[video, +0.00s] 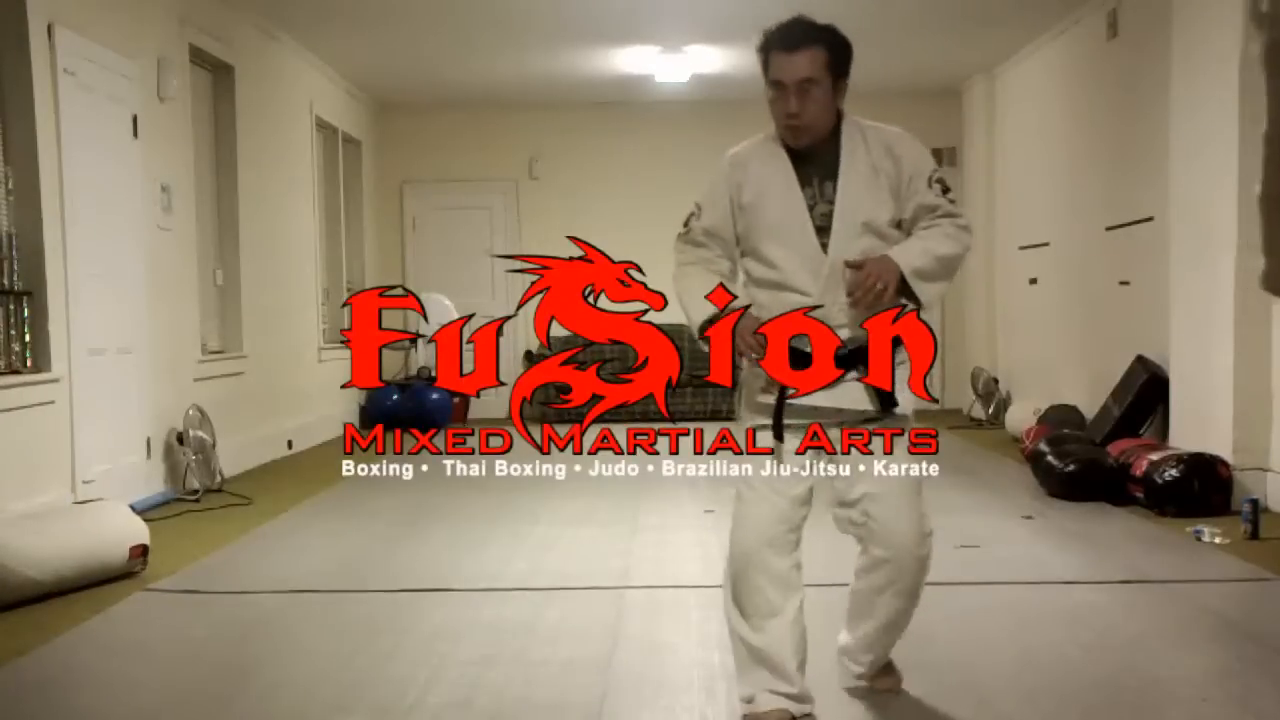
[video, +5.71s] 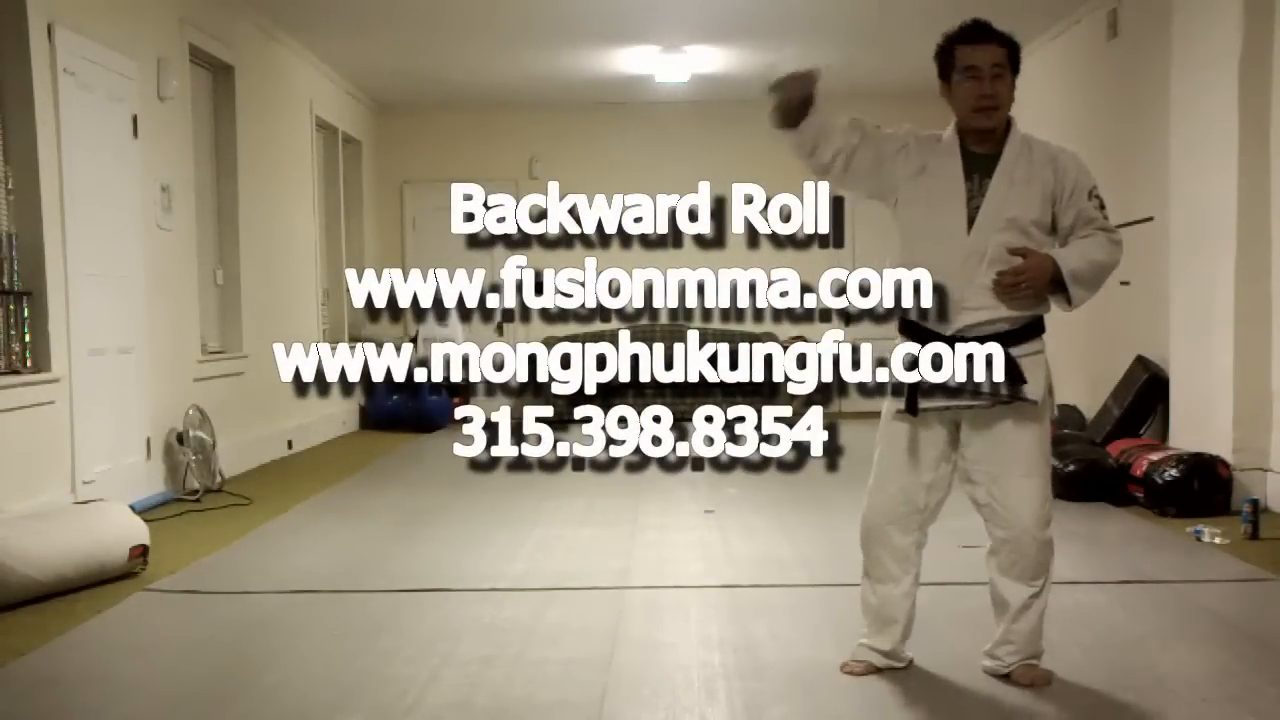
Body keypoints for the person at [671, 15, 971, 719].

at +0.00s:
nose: (790, 104)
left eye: (806, 88)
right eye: (778, 89)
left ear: (840, 87)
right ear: (764, 89)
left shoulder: (897, 153)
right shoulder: (741, 168)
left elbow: (951, 230)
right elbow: (698, 251)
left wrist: (901, 263)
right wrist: (726, 318)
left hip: (874, 396)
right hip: (774, 398)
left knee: (902, 543)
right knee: (757, 547)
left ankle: (866, 658)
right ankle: (772, 697)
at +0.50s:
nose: (821, 74)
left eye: (836, 58)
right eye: (806, 61)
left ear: (869, 66)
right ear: (792, 72)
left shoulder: (919, 140)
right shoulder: (772, 150)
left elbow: (957, 239)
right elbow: (726, 241)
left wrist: (872, 295)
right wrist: (745, 229)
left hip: (896, 368)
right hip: (801, 371)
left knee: (930, 546)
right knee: (767, 539)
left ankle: (940, 692)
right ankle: (783, 702)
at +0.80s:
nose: (863, 71)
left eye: (878, 55)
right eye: (847, 58)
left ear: (905, 66)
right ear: (828, 72)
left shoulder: (942, 137)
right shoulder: (808, 152)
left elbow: (978, 209)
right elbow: (751, 249)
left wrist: (923, 213)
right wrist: (756, 201)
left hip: (924, 369)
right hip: (826, 367)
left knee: (948, 546)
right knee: (787, 539)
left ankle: (944, 692)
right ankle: (784, 703)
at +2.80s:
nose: (887, 96)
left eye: (896, 83)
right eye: (869, 85)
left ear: (909, 92)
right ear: (841, 100)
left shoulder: (942, 162)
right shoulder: (805, 178)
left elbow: (1000, 228)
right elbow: (746, 246)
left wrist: (923, 226)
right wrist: (785, 240)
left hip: (921, 355)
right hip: (837, 362)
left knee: (968, 509)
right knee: (841, 515)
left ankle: (997, 647)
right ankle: (869, 642)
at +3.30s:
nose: (922, 94)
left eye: (936, 81)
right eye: (909, 82)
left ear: (960, 89)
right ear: (892, 92)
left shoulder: (1007, 163)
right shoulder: (856, 168)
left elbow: (1058, 230)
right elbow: (799, 221)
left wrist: (1025, 262)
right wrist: (786, 193)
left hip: (976, 369)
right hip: (883, 372)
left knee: (1009, 522)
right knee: (868, 519)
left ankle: (1014, 652)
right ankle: (874, 643)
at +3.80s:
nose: (965, 92)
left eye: (982, 80)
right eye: (956, 80)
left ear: (1015, 90)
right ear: (946, 90)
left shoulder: (1063, 163)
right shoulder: (914, 160)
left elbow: (1114, 242)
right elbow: (834, 163)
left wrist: (1062, 264)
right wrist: (841, 102)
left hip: (1018, 367)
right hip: (925, 366)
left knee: (1027, 524)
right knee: (886, 514)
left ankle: (1016, 654)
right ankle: (879, 640)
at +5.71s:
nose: (986, 86)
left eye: (998, 74)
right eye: (969, 74)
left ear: (1015, 84)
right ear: (946, 85)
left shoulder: (1056, 168)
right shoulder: (909, 157)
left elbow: (1102, 244)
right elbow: (842, 150)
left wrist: (1058, 268)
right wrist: (800, 114)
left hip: (1011, 366)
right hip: (920, 365)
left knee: (1025, 526)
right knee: (889, 517)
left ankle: (1016, 653)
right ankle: (881, 643)